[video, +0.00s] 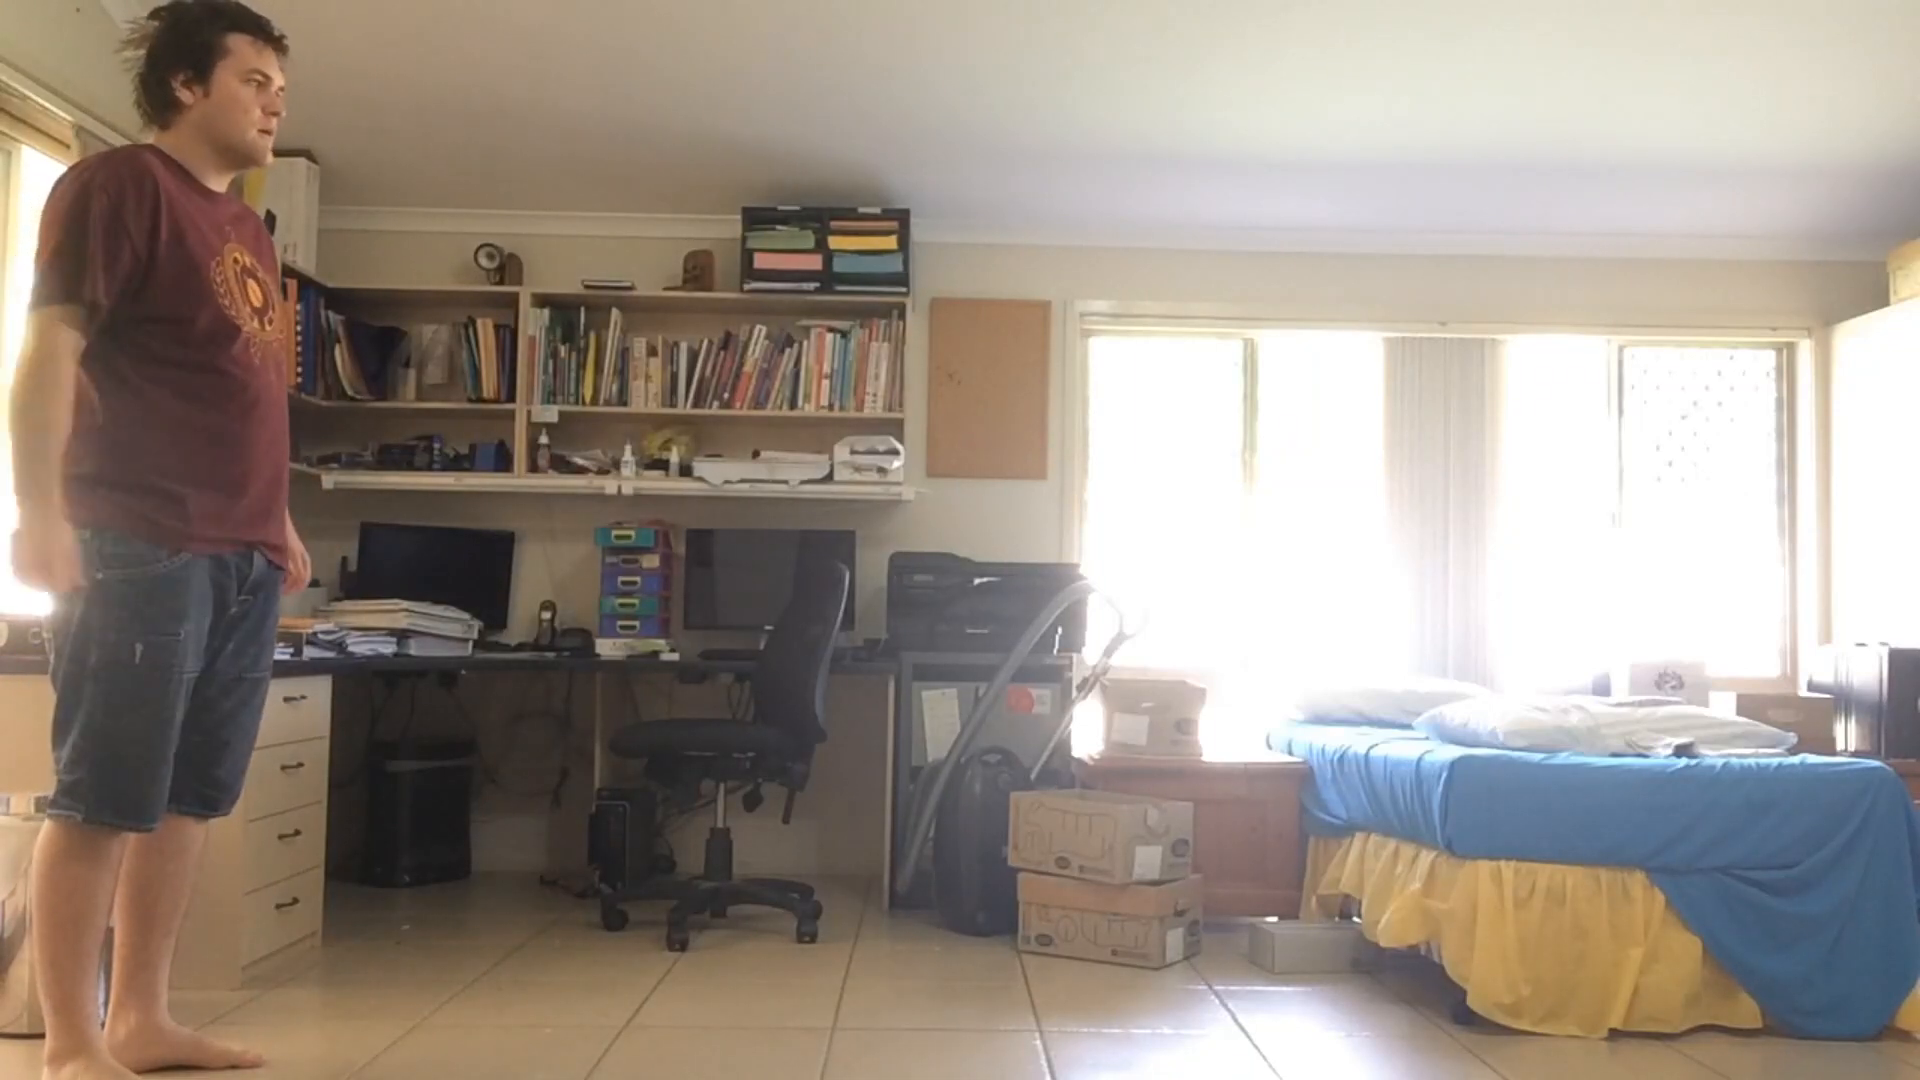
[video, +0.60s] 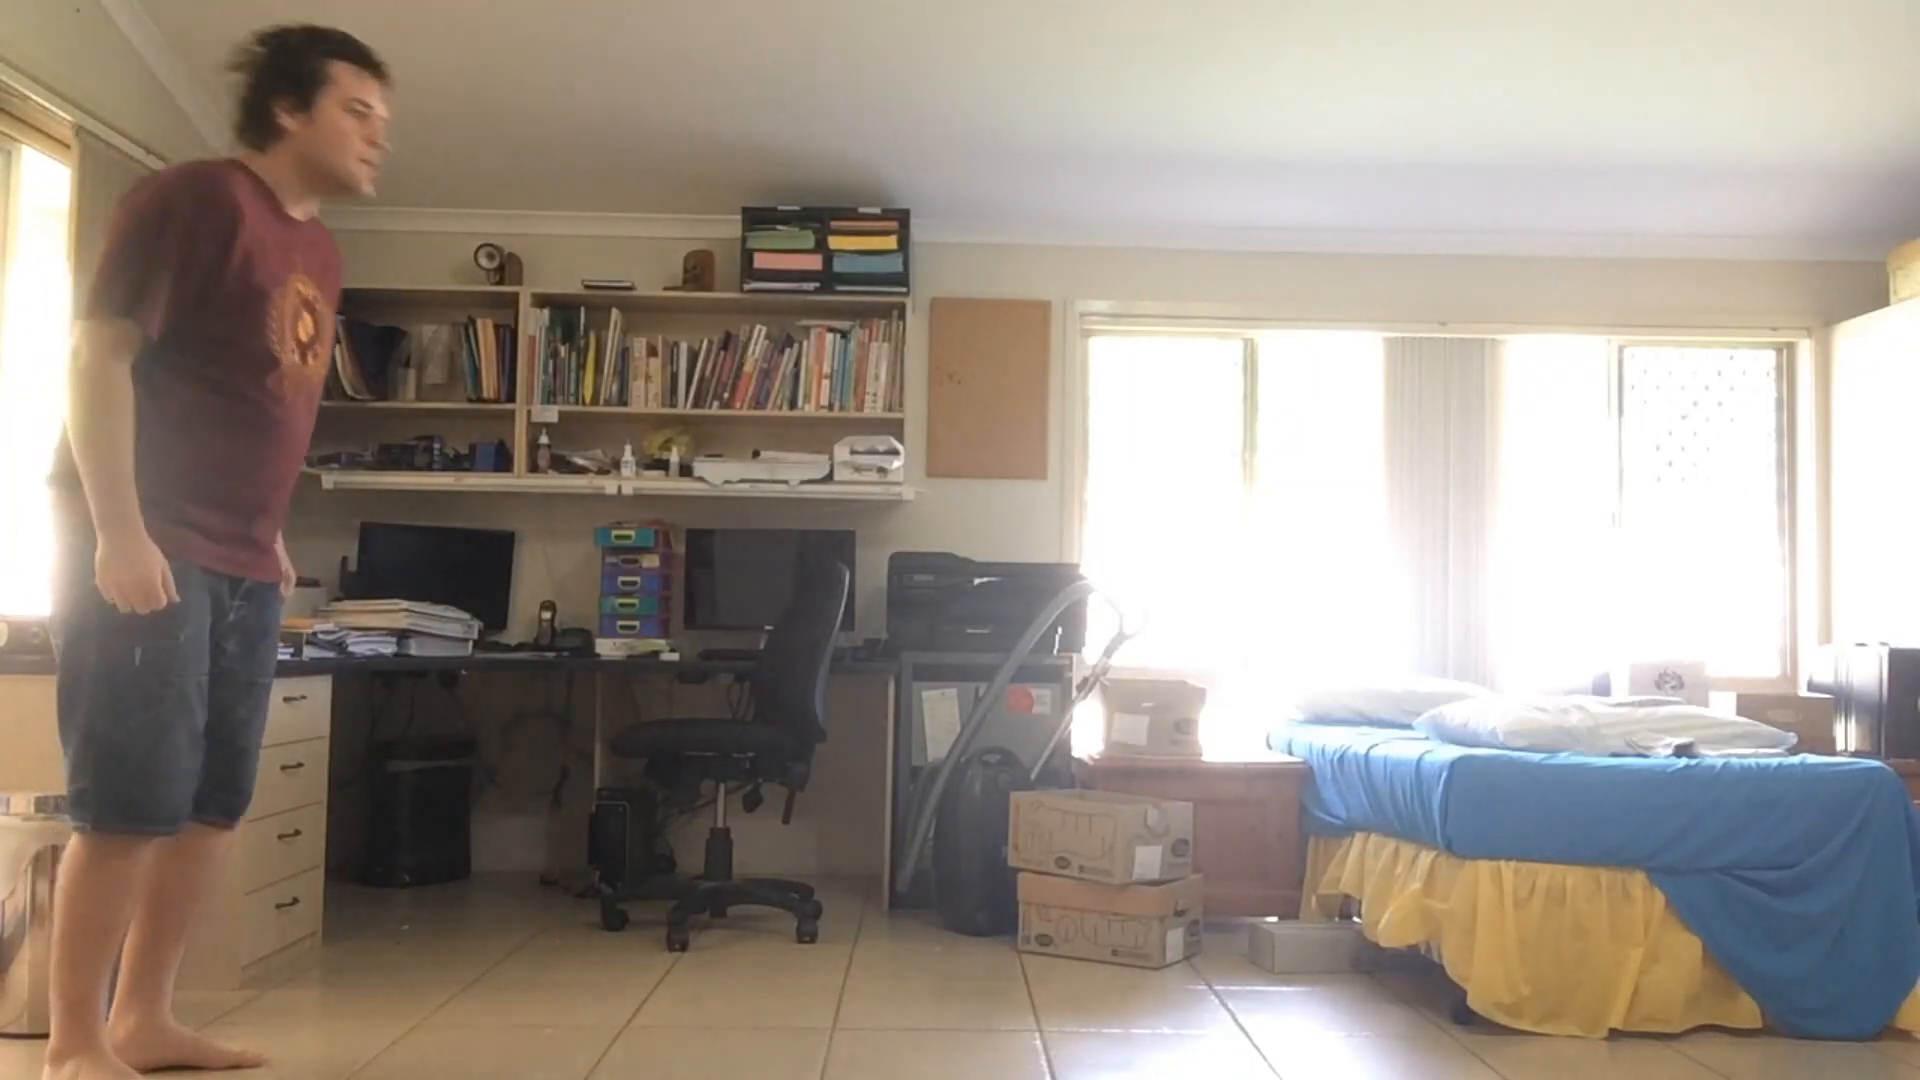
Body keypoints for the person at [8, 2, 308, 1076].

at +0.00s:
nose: (276, 102)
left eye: (280, 87)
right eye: (258, 82)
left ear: (266, 105)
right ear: (187, 88)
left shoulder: (251, 224)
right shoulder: (116, 182)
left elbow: (246, 394)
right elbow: (49, 348)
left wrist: (275, 519)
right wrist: (40, 515)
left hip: (246, 553)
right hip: (136, 542)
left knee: (184, 799)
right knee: (99, 798)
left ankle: (141, 1023)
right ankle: (68, 1045)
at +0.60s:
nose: (379, 136)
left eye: (383, 121)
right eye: (360, 111)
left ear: (352, 133)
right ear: (289, 110)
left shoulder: (321, 249)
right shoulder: (193, 195)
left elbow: (271, 410)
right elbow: (97, 360)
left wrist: (266, 544)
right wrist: (119, 533)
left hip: (249, 560)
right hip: (151, 548)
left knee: (211, 805)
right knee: (126, 808)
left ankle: (143, 1022)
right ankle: (72, 1045)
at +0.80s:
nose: (486, 266)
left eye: (489, 247)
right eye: (469, 240)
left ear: (419, 252)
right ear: (399, 239)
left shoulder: (396, 357)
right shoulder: (278, 304)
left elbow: (281, 460)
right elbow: (119, 408)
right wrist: (100, 586)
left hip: (235, 602)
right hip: (140, 589)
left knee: (262, 808)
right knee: (195, 811)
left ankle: (144, 1027)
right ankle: (76, 1048)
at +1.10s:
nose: (538, 229)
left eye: (539, 210)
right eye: (520, 208)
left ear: (500, 223)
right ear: (454, 217)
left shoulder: (486, 342)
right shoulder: (375, 316)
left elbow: (407, 472)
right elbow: (242, 430)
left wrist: (359, 594)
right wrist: (210, 609)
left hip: (351, 633)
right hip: (268, 625)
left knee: (333, 858)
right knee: (283, 856)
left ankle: (156, 1019)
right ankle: (92, 1032)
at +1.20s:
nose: (569, 117)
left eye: (574, 100)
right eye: (553, 94)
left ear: (523, 109)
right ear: (486, 94)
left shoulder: (516, 220)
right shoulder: (406, 181)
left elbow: (501, 354)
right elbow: (301, 305)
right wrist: (326, 476)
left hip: (461, 544)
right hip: (383, 535)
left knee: (332, 786)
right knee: (282, 774)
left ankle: (215, 980)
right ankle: (137, 985)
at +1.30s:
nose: (659, 54)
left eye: (662, 34)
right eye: (646, 29)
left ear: (595, 32)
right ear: (582, 23)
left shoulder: (570, 132)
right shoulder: (490, 103)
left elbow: (507, 272)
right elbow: (405, 242)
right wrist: (444, 422)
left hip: (532, 452)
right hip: (467, 446)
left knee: (470, 694)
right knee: (460, 695)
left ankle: (280, 897)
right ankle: (295, 918)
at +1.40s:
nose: (781, 58)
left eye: (785, 36)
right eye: (767, 31)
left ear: (728, 32)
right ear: (703, 24)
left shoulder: (669, 136)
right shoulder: (607, 90)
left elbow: (596, 281)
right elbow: (511, 235)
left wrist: (600, 426)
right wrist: (535, 420)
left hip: (574, 426)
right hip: (515, 421)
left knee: (558, 664)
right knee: (578, 669)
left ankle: (479, 915)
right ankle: (510, 938)